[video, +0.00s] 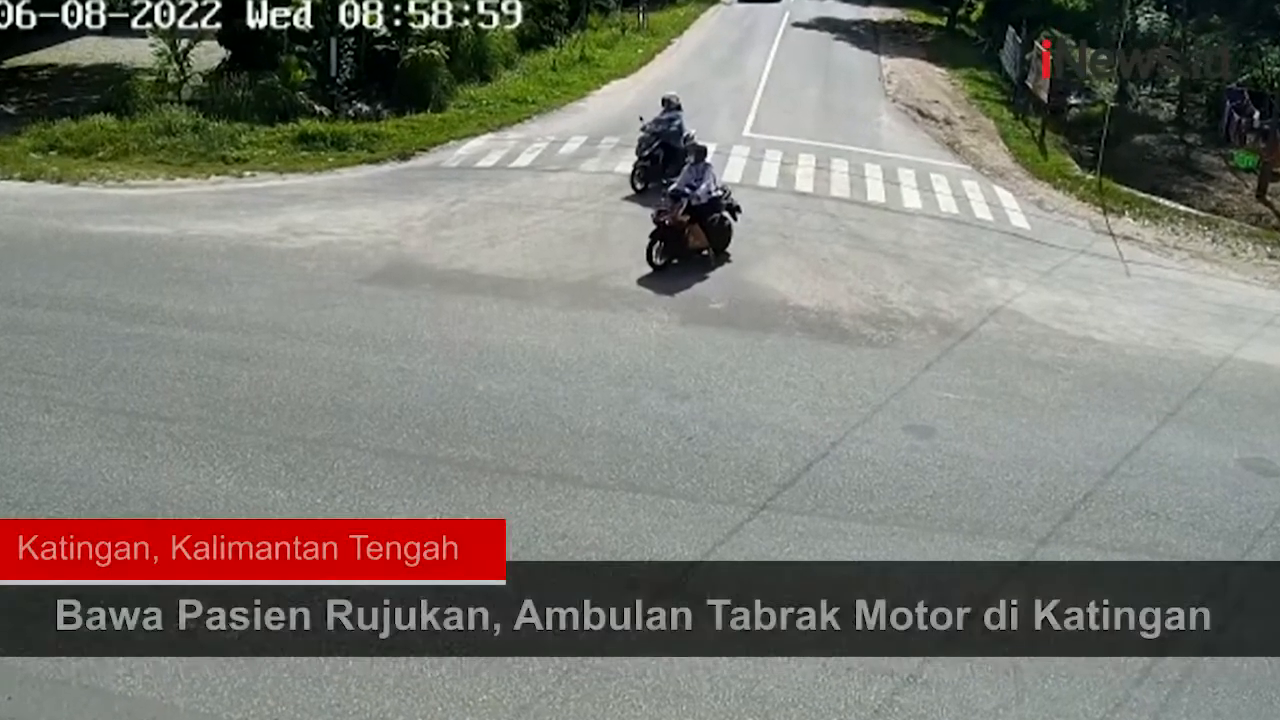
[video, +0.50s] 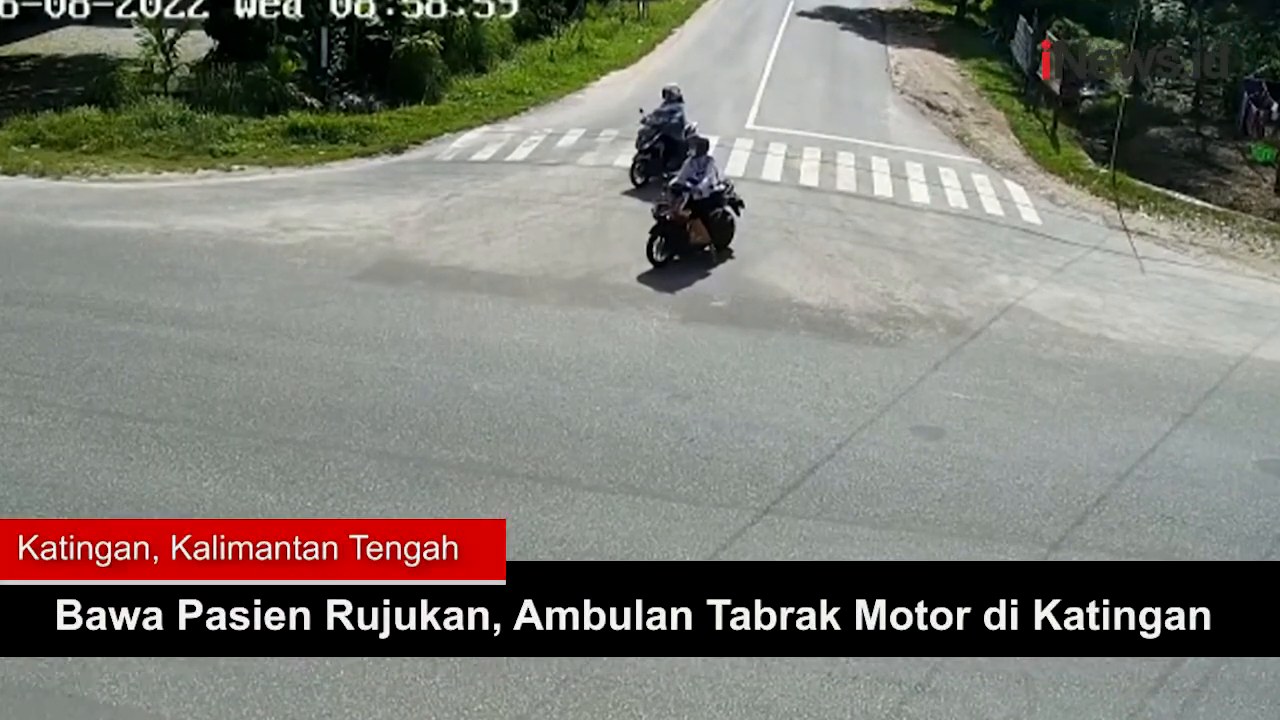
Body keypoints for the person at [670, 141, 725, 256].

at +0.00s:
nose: (691, 156)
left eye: (694, 154)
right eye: (691, 154)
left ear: (700, 155)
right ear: (690, 155)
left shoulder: (707, 168)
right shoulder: (689, 168)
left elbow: (706, 184)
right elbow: (681, 181)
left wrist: (697, 194)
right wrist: (672, 189)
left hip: (708, 199)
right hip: (692, 199)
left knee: (703, 221)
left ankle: (715, 248)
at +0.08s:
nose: (692, 155)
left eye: (695, 153)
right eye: (692, 153)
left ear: (701, 154)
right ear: (691, 154)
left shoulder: (708, 167)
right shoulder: (689, 167)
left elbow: (707, 183)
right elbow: (681, 180)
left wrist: (698, 193)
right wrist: (672, 188)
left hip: (708, 199)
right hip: (692, 199)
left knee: (703, 221)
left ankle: (715, 247)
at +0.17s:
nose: (693, 153)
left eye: (696, 150)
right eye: (693, 150)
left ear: (702, 152)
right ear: (693, 152)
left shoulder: (708, 166)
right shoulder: (689, 165)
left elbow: (707, 181)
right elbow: (681, 178)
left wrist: (698, 191)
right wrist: (672, 187)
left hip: (708, 197)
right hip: (692, 197)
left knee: (703, 219)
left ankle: (715, 246)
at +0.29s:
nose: (695, 151)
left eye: (698, 149)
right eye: (695, 148)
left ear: (703, 150)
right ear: (695, 150)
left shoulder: (708, 164)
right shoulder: (690, 163)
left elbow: (708, 181)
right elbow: (682, 177)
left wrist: (697, 191)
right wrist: (673, 186)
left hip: (709, 195)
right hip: (693, 195)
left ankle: (715, 243)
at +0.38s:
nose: (696, 150)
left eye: (699, 148)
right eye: (696, 148)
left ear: (704, 149)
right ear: (695, 149)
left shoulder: (709, 163)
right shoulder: (690, 162)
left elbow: (708, 180)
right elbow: (682, 176)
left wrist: (698, 190)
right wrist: (674, 185)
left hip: (710, 195)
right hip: (693, 194)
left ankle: (715, 243)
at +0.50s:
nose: (692, 149)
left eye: (695, 147)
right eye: (693, 146)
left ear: (702, 148)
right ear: (695, 148)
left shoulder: (709, 162)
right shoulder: (690, 161)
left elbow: (708, 178)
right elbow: (682, 175)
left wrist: (699, 189)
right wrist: (674, 183)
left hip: (709, 192)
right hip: (693, 192)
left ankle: (715, 241)